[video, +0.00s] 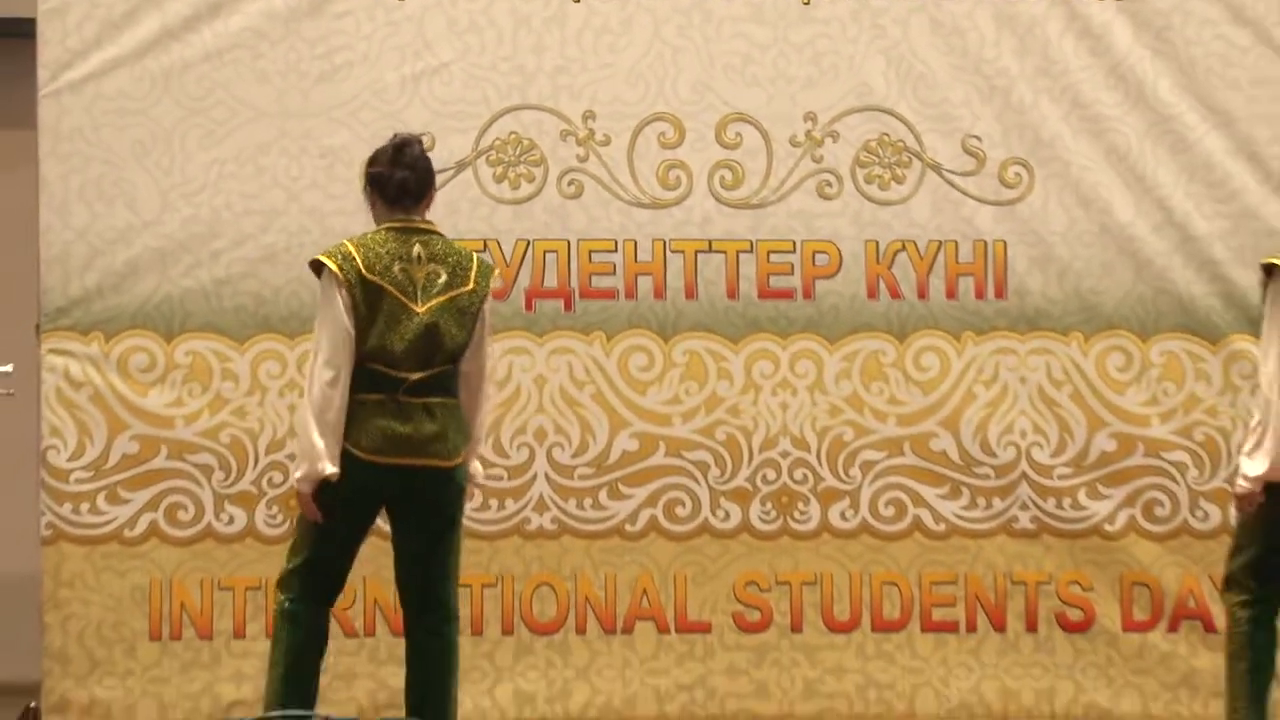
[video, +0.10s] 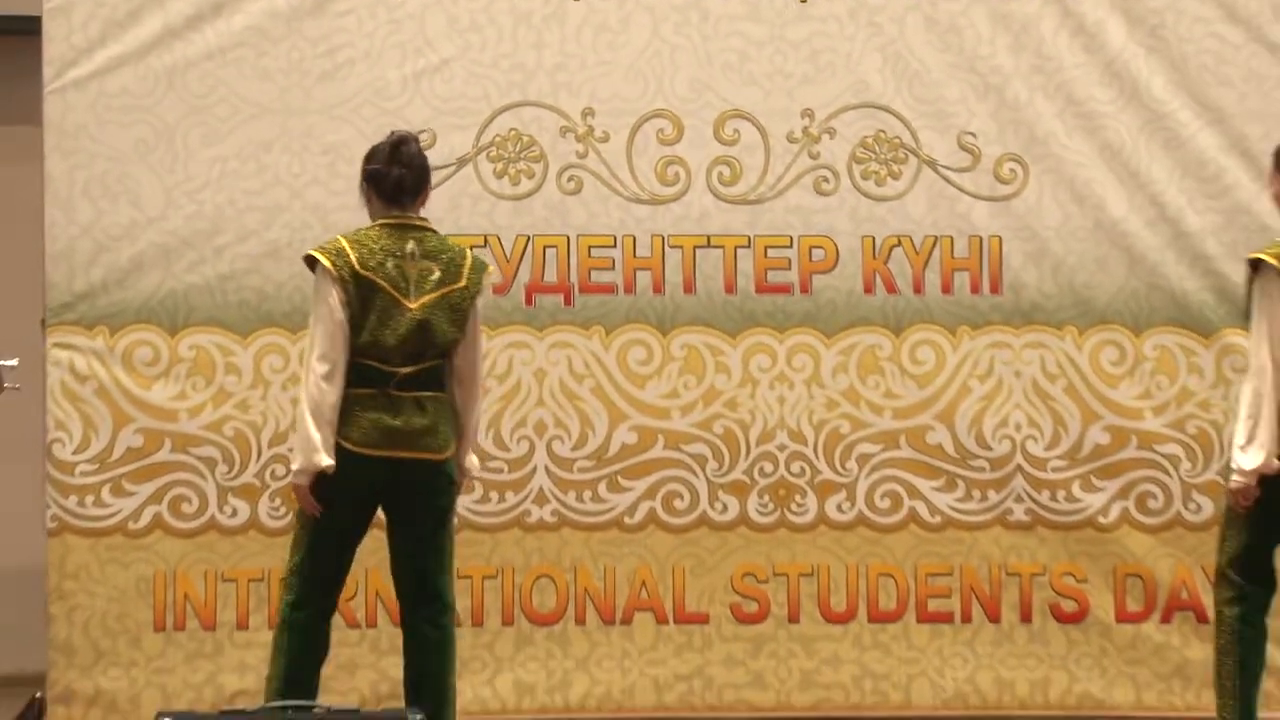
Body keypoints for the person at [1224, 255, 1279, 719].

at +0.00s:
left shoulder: (1273, 285)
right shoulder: (1271, 285)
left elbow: (1271, 384)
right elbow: (1268, 384)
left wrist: (1255, 464)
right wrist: (1251, 460)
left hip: (1269, 475)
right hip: (1266, 473)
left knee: (1248, 594)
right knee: (1250, 595)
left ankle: (1246, 710)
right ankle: (1246, 708)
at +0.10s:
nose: (1270, 190)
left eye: (1271, 179)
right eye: (1272, 178)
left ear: (1274, 182)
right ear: (1273, 183)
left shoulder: (1267, 269)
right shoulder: (1265, 269)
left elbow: (1261, 366)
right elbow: (1259, 365)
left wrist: (1249, 454)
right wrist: (1244, 454)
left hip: (1266, 463)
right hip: (1263, 463)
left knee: (1242, 590)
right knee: (1241, 589)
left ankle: (1236, 709)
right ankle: (1236, 708)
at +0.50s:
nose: (1195, 180)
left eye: (1198, 170)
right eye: (1198, 169)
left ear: (1214, 175)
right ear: (1254, 177)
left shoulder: (1207, 246)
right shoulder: (1271, 242)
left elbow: (1188, 345)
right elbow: (1274, 361)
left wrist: (1160, 427)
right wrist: (1270, 444)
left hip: (1198, 435)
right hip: (1247, 436)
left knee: (1187, 565)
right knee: (1224, 554)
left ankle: (1197, 703)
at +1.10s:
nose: (1139, 171)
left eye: (1141, 163)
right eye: (1146, 163)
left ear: (1147, 169)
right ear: (1197, 172)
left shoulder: (1115, 237)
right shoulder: (1229, 241)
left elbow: (1094, 326)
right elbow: (1238, 331)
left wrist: (1077, 398)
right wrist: (1240, 402)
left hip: (1133, 404)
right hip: (1204, 406)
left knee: (1140, 529)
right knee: (1214, 522)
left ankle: (1145, 658)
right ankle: (1233, 654)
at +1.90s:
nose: (1087, 183)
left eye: (1089, 176)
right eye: (1089, 175)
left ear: (1099, 180)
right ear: (1141, 179)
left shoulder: (1081, 242)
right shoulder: (1176, 242)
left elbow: (1065, 324)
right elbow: (1179, 322)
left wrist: (1048, 391)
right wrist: (1186, 387)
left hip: (1094, 397)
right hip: (1156, 397)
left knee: (1078, 482)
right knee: (1148, 500)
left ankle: (1101, 592)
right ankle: (1147, 615)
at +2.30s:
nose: (1060, 189)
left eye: (1063, 181)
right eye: (1062, 180)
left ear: (1073, 186)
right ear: (1111, 188)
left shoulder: (1056, 247)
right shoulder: (1140, 251)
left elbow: (1045, 328)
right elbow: (1142, 331)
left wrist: (1040, 399)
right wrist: (1144, 399)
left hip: (1058, 400)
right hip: (1113, 401)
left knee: (1050, 510)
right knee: (1117, 507)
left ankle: (1048, 620)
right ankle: (1132, 620)